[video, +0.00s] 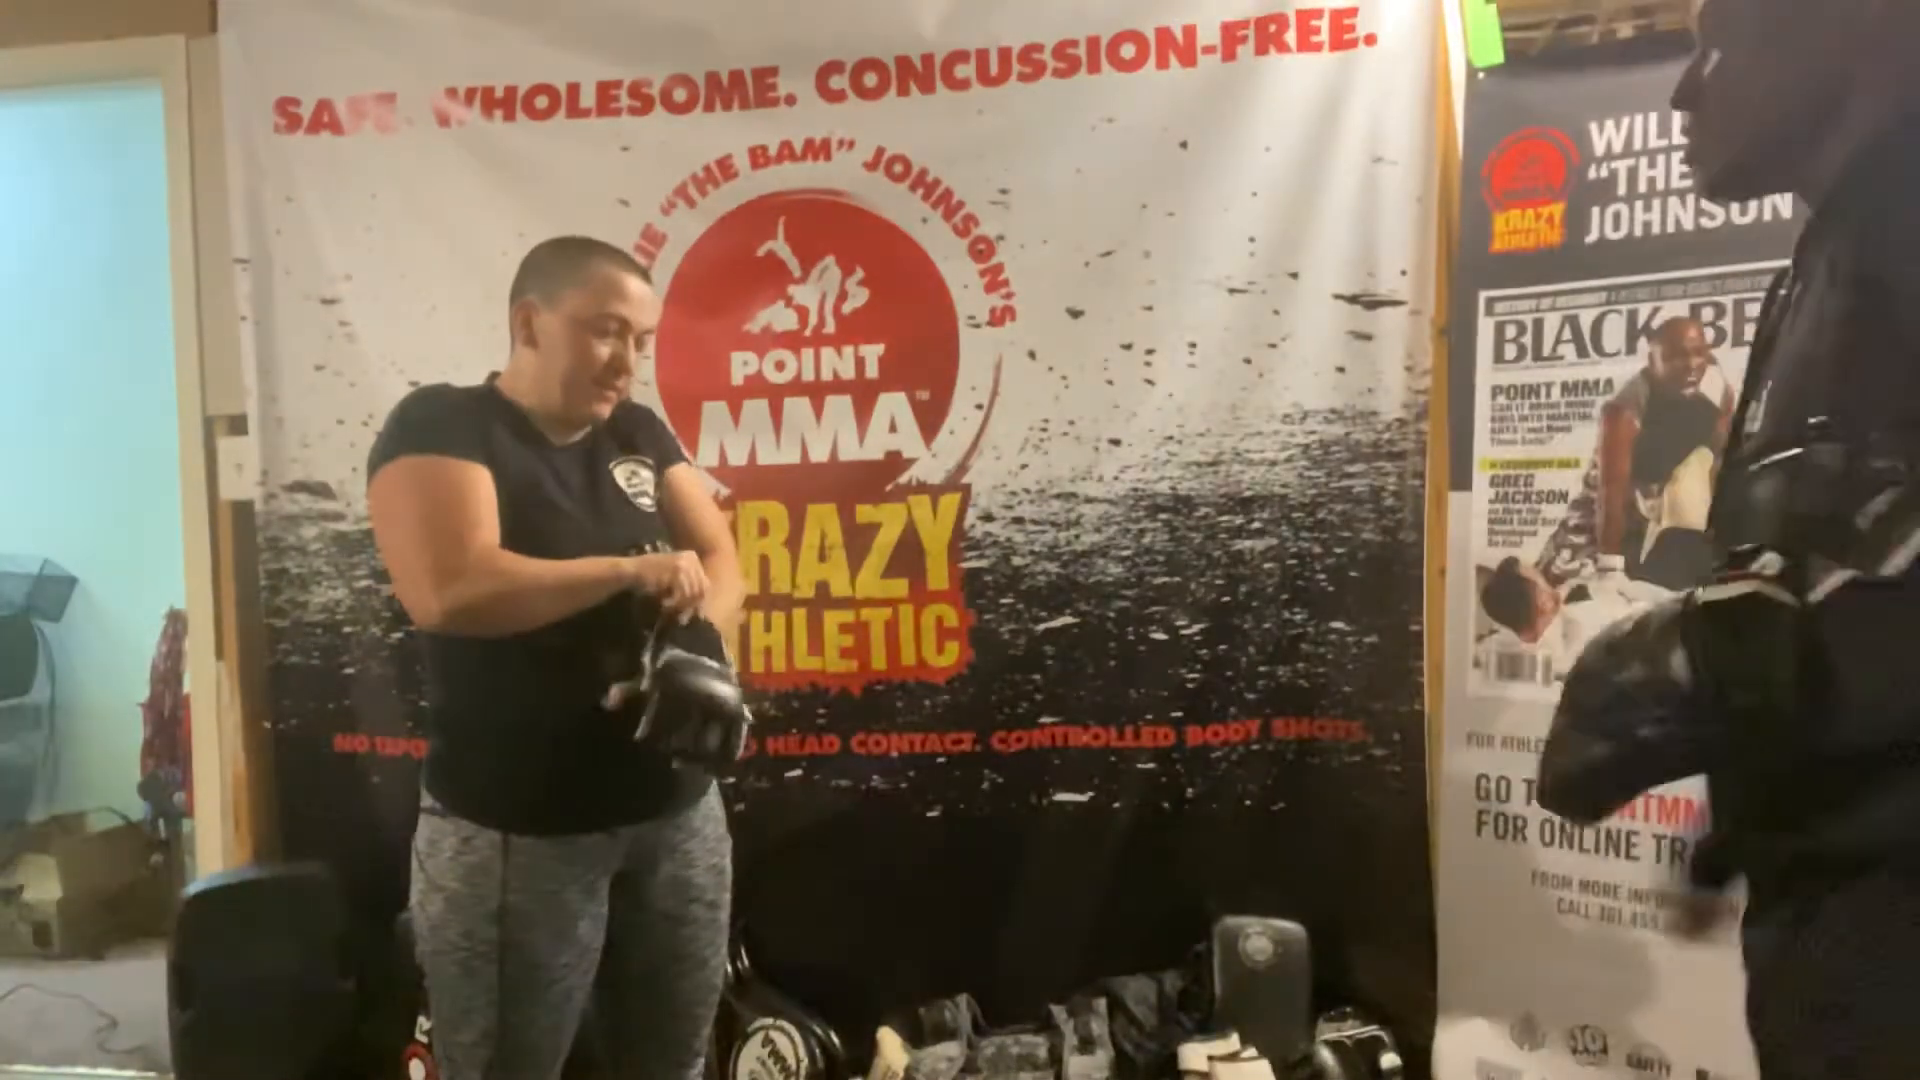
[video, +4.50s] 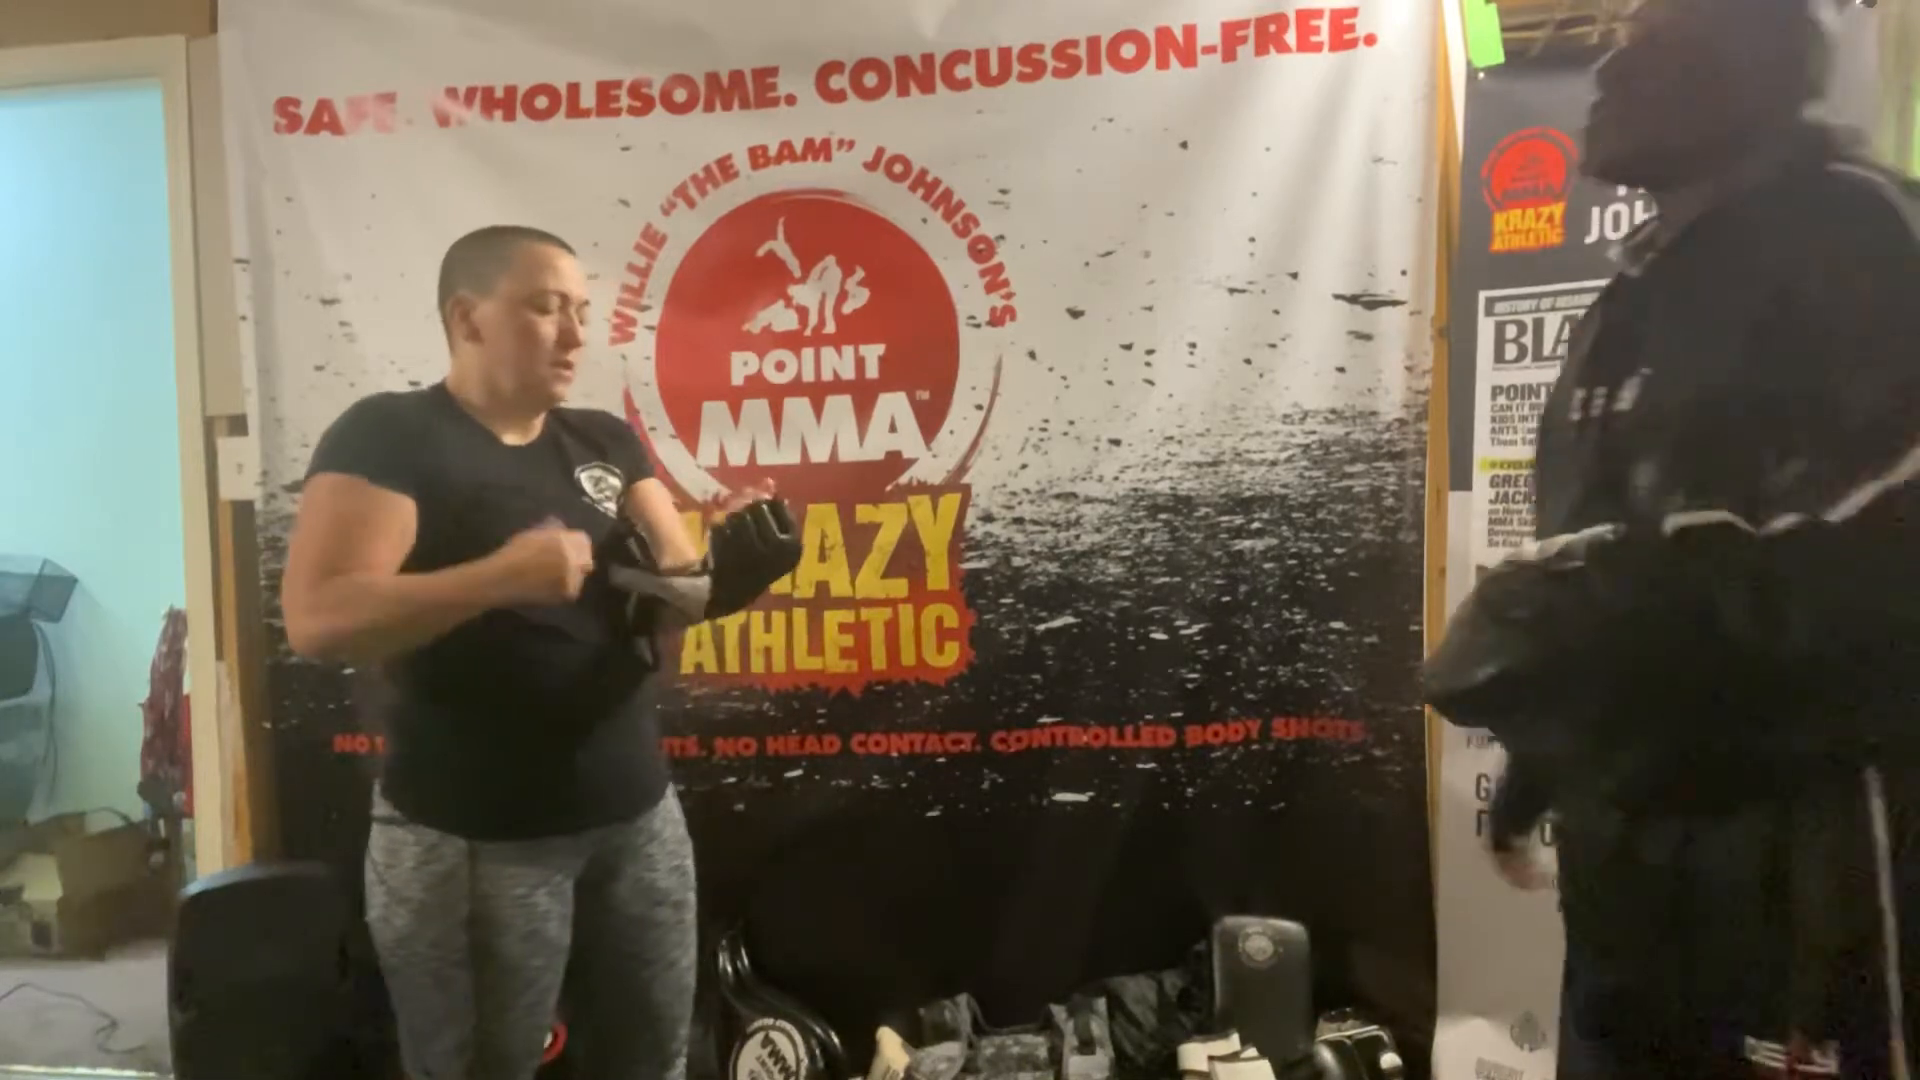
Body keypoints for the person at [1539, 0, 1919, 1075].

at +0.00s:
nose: (1685, 81)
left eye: (1716, 33)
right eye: (1694, 42)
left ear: (1864, 22)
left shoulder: (1894, 206)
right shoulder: (1836, 240)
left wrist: (1739, 669)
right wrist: (1743, 823)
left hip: (1885, 912)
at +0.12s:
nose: (1709, 88)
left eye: (1747, 40)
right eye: (1721, 49)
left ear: (1873, 32)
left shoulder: (1896, 193)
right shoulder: (1862, 217)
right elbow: (1788, 484)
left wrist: (1641, 652)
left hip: (1885, 868)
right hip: (1842, 856)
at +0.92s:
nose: (1560, 48)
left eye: (1598, 16)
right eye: (1574, 23)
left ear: (1724, 33)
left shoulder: (1797, 199)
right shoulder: (1730, 209)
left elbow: (1780, 532)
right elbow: (1620, 479)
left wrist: (1497, 647)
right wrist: (1489, 611)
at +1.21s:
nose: (1402, 100)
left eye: (1439, 51)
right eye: (1416, 56)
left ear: (1556, 48)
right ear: (1555, 59)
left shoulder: (1619, 218)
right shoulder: (1583, 223)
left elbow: (1657, 563)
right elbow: (1525, 496)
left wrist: (1412, 684)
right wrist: (1434, 592)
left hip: (1704, 842)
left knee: (1676, 1061)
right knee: (1630, 1060)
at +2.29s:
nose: (1482, 148)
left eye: (1515, 108)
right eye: (1493, 112)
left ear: (1611, 112)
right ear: (1623, 116)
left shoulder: (1728, 236)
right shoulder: (1597, 276)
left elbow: (1799, 514)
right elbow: (1556, 529)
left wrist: (1495, 620)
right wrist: (1482, 753)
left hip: (1719, 801)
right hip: (1611, 796)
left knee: (1706, 1061)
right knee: (1612, 1059)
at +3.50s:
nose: (1638, 108)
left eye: (1667, 73)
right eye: (1648, 78)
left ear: (1774, 63)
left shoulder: (1891, 217)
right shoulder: (1701, 311)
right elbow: (1670, 581)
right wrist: (1610, 744)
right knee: (1643, 1052)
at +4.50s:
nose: (1608, 57)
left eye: (1654, 34)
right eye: (1617, 38)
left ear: (1765, 65)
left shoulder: (1846, 229)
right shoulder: (1639, 285)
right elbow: (1584, 548)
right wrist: (1533, 766)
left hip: (1794, 808)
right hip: (1635, 811)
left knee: (1799, 1053)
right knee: (1617, 1053)